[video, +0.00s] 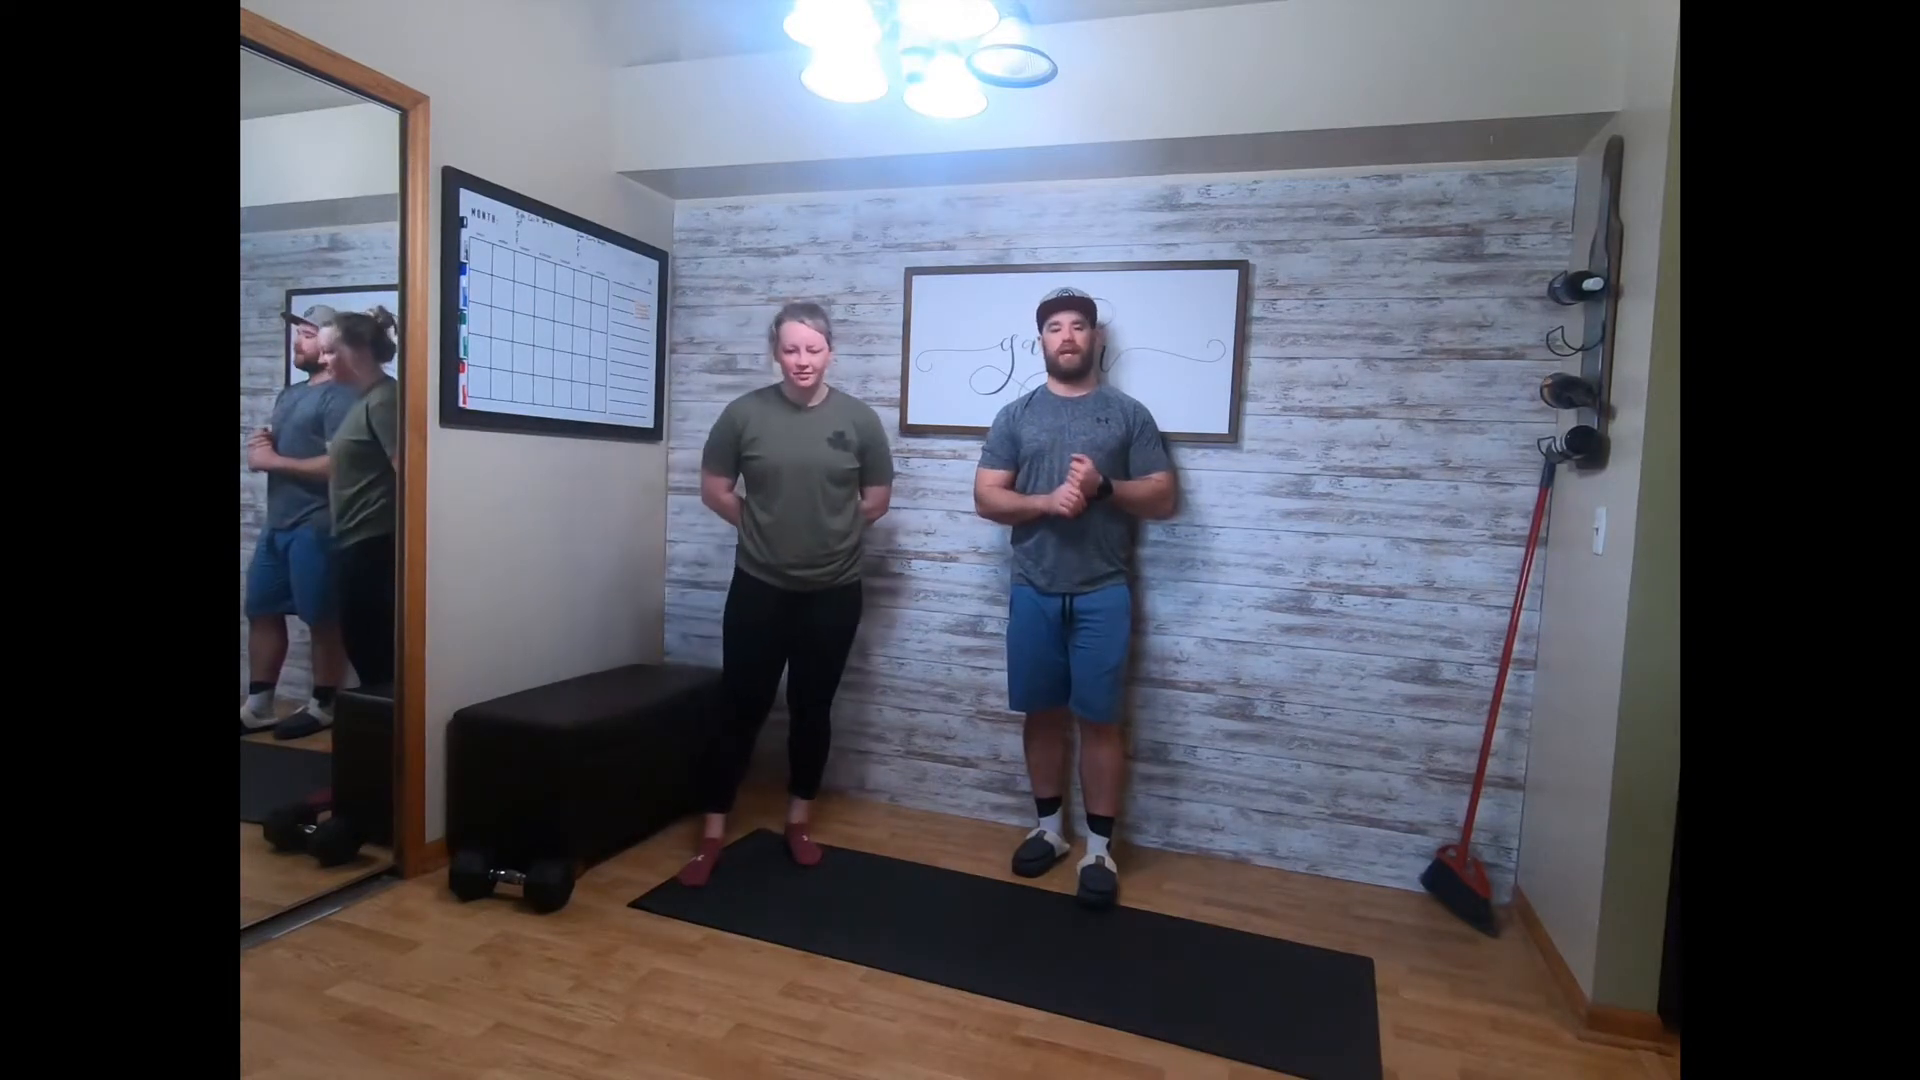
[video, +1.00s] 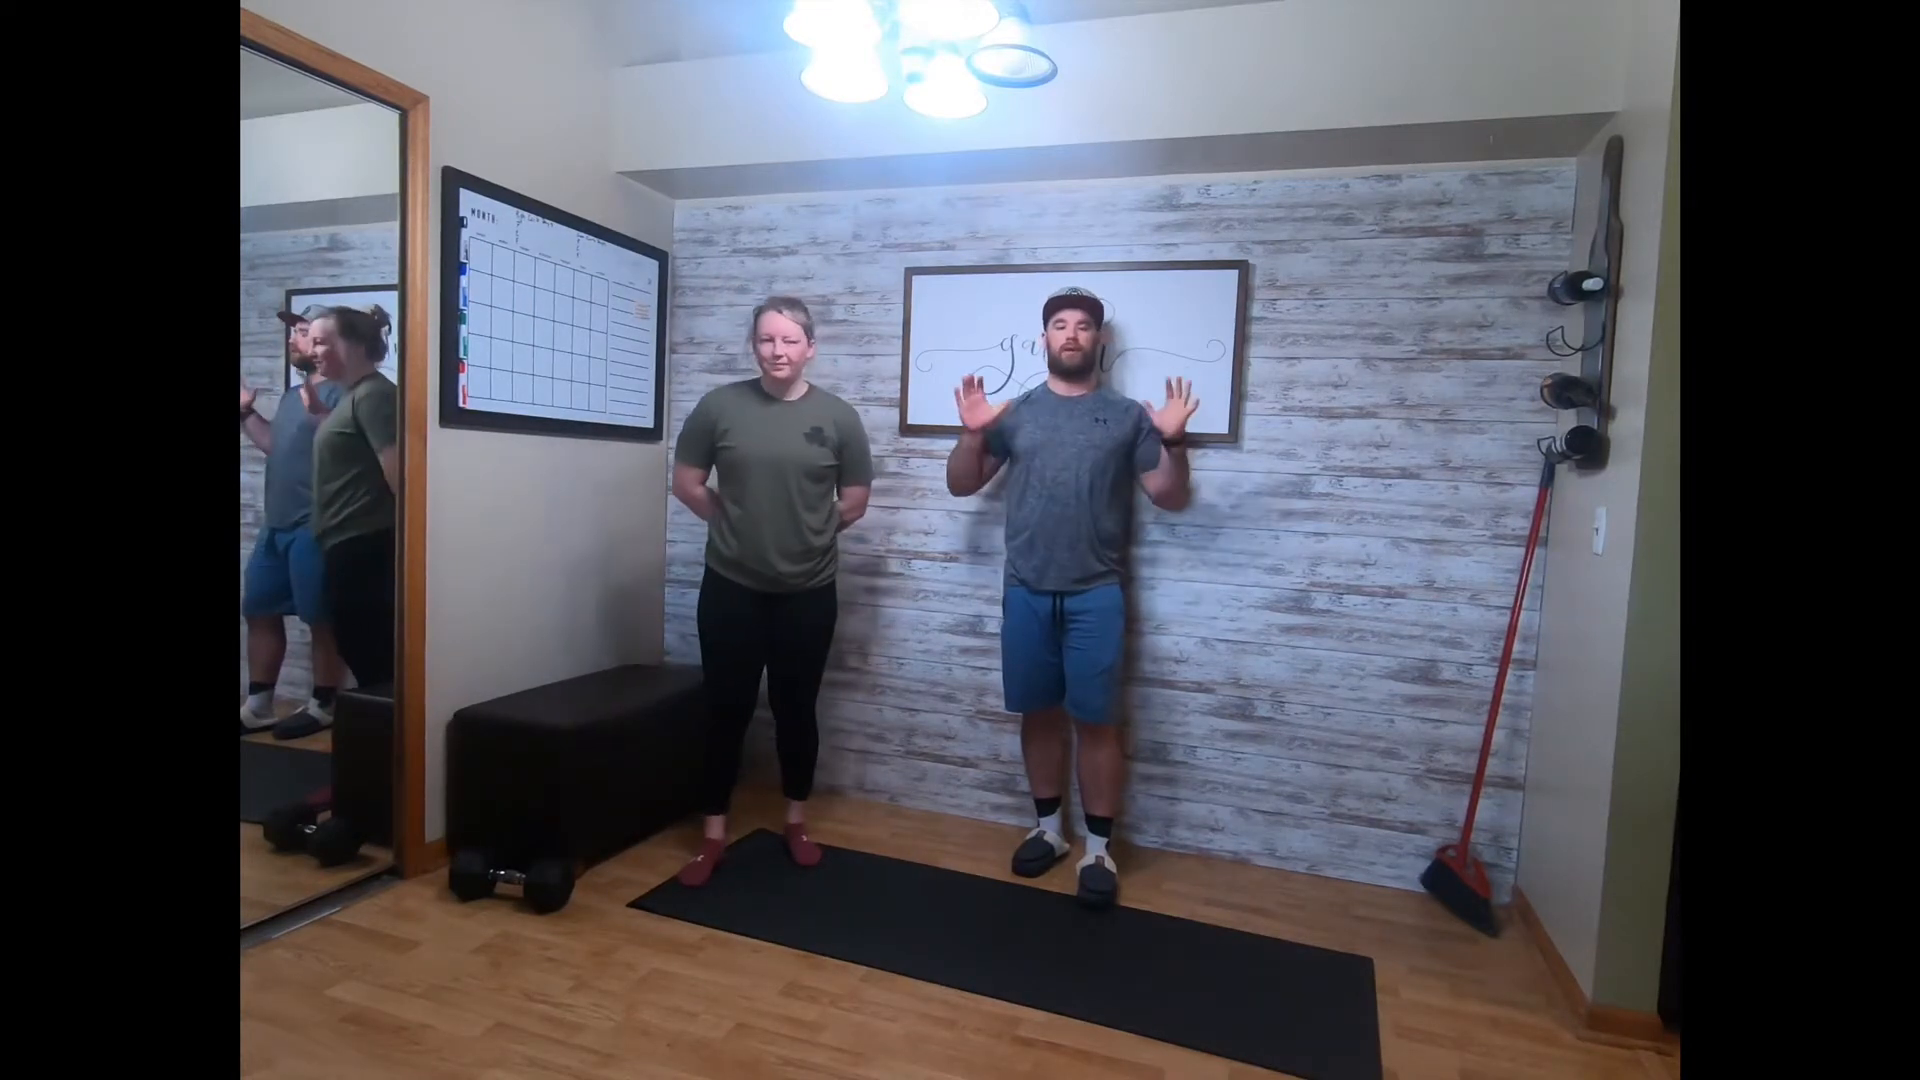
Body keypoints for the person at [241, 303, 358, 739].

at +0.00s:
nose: (298, 339)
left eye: (308, 333)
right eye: (298, 332)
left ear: (329, 344)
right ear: (299, 341)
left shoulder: (342, 397)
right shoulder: (289, 395)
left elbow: (339, 465)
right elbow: (278, 443)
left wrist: (275, 461)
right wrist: (264, 441)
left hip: (319, 525)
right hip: (278, 524)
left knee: (322, 619)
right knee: (263, 610)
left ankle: (323, 707)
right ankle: (260, 703)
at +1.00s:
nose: (294, 339)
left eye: (304, 332)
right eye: (295, 333)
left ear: (326, 342)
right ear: (299, 344)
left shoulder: (343, 392)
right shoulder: (294, 394)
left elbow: (346, 447)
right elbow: (276, 446)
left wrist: (317, 412)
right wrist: (248, 413)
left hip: (317, 523)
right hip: (276, 523)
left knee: (321, 617)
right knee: (260, 608)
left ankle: (324, 706)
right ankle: (259, 704)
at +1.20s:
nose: (300, 344)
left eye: (310, 336)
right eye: (300, 337)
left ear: (334, 344)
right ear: (301, 345)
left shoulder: (347, 394)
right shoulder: (293, 391)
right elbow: (254, 411)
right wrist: (242, 371)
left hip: (319, 527)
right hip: (279, 525)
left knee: (321, 619)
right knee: (261, 609)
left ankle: (325, 706)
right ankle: (259, 703)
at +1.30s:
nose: (298, 342)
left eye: (308, 336)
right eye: (297, 335)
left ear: (331, 344)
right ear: (296, 343)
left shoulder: (347, 391)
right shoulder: (289, 386)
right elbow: (250, 384)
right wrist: (238, 346)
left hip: (322, 528)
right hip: (280, 523)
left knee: (322, 621)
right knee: (264, 609)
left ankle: (324, 705)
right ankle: (259, 703)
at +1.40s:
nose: (296, 340)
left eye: (305, 333)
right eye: (296, 332)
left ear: (329, 341)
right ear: (296, 341)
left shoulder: (340, 385)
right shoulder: (290, 379)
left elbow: (351, 345)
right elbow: (253, 355)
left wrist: (340, 299)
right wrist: (238, 324)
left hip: (322, 522)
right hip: (283, 519)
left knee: (322, 618)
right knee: (264, 609)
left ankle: (324, 705)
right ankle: (259, 702)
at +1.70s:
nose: (291, 340)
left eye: (301, 332)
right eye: (292, 333)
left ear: (327, 340)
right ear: (294, 342)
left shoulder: (338, 386)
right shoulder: (287, 381)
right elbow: (246, 375)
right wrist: (240, 328)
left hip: (318, 524)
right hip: (280, 521)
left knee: (321, 620)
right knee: (262, 609)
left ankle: (324, 705)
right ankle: (259, 703)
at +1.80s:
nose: (292, 341)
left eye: (301, 333)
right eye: (293, 333)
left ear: (325, 342)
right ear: (298, 343)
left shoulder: (338, 392)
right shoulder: (287, 391)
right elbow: (249, 408)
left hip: (317, 525)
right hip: (278, 522)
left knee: (320, 621)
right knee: (262, 610)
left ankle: (324, 705)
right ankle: (259, 704)